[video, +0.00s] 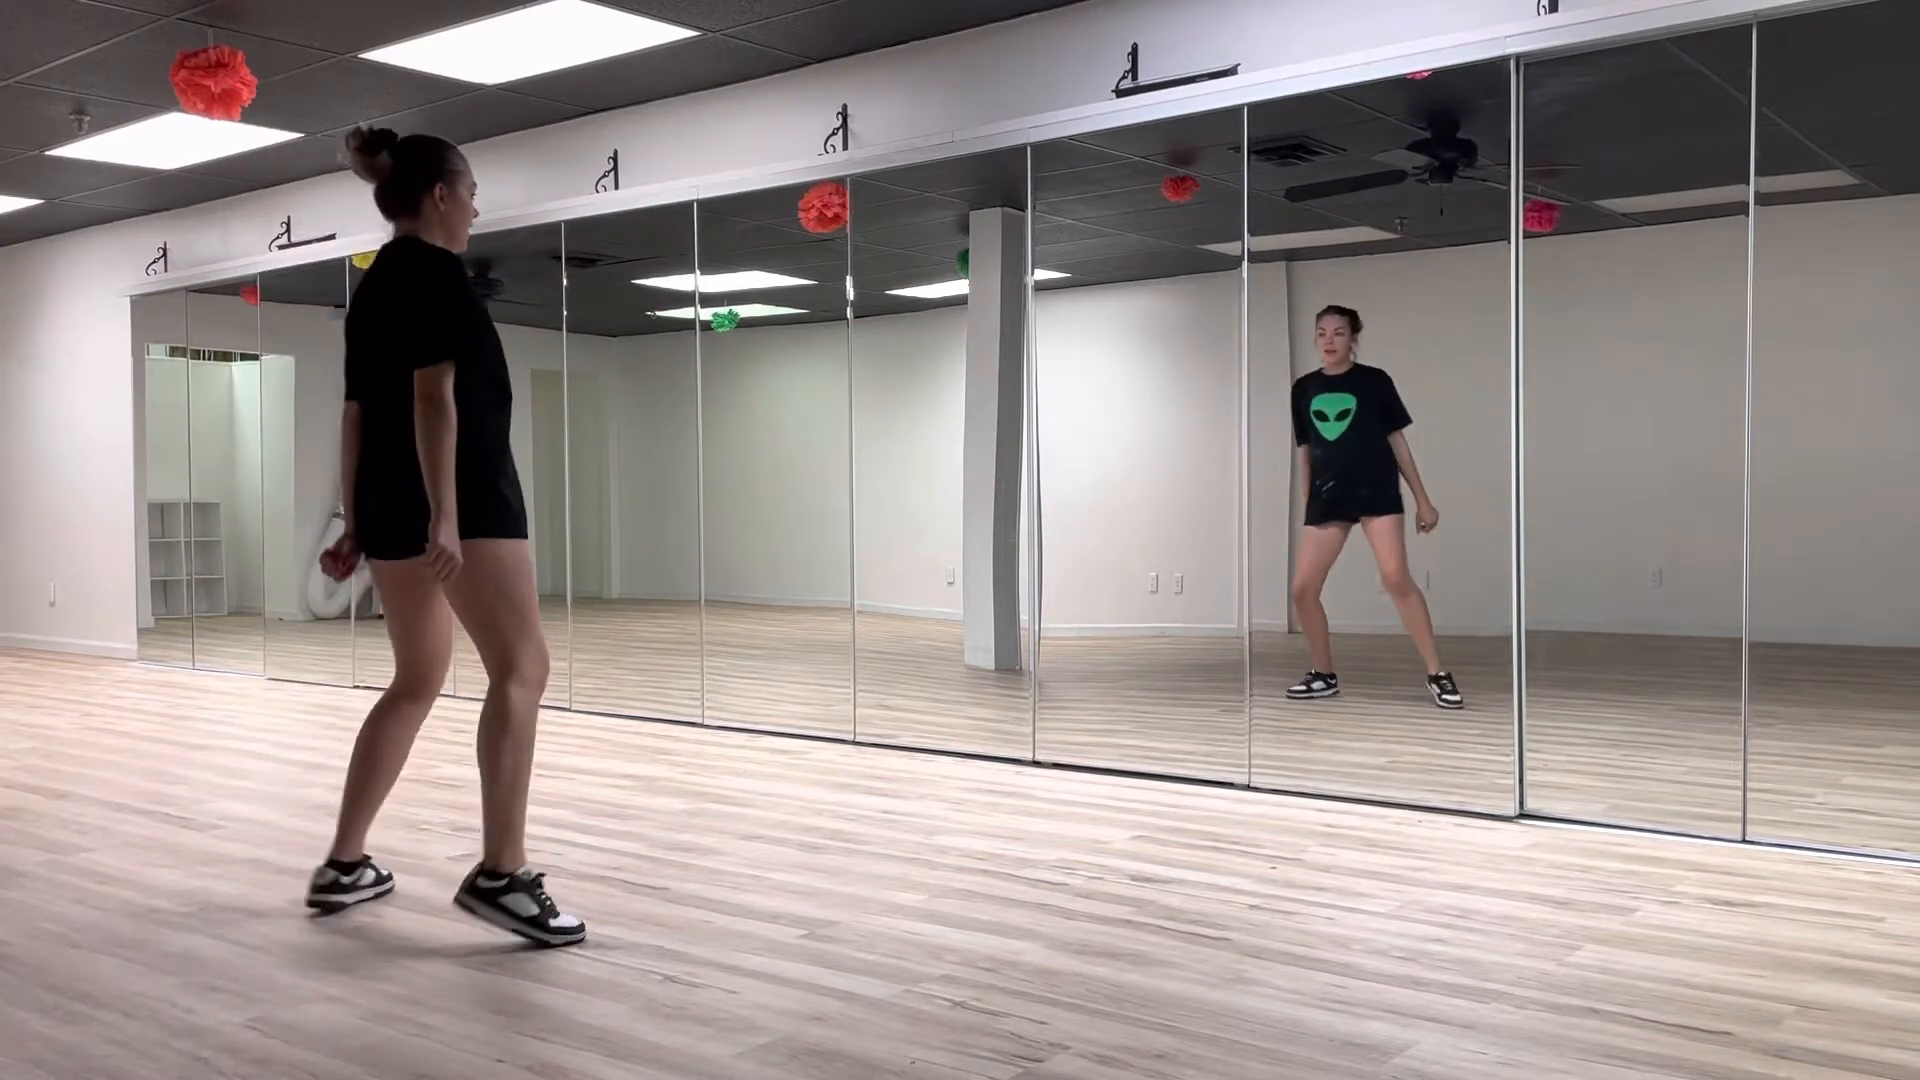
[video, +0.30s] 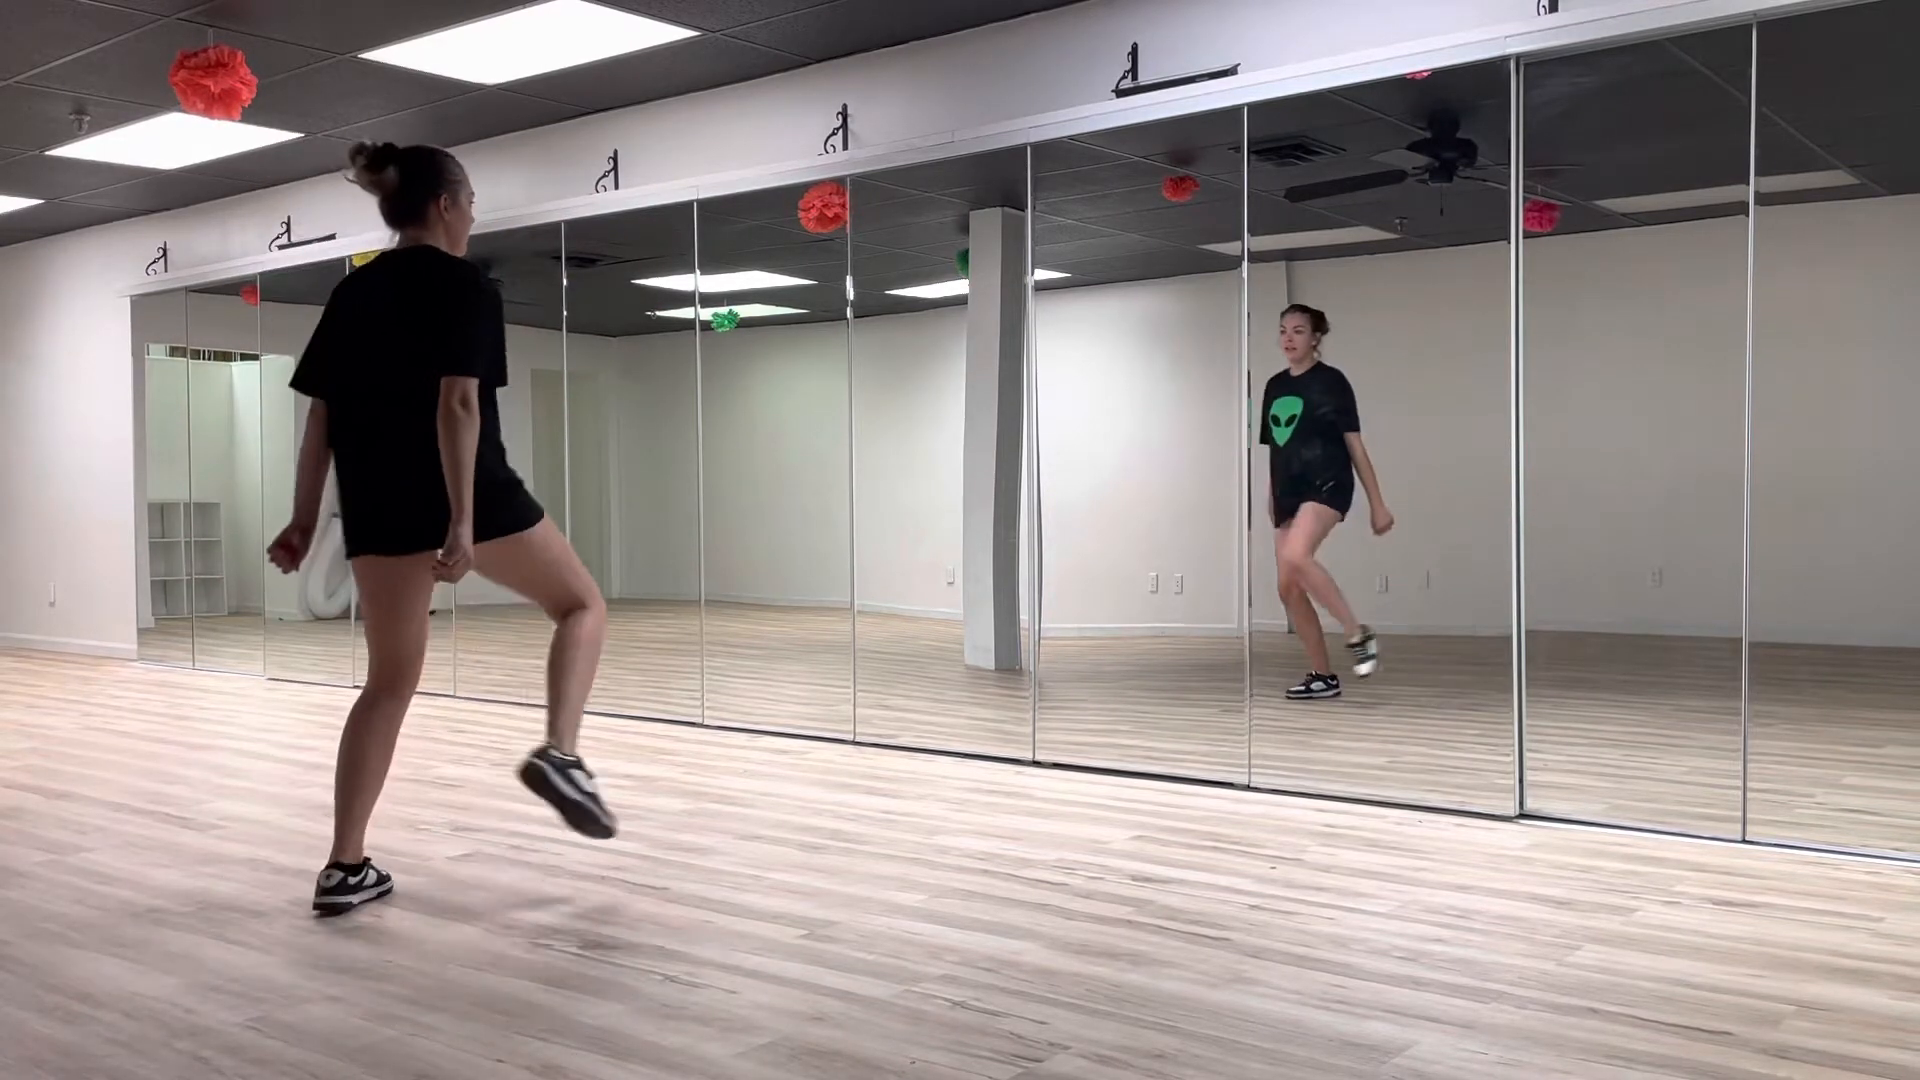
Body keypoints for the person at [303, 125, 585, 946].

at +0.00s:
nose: (475, 207)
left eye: (472, 193)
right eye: (469, 193)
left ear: (406, 201)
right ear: (442, 195)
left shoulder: (375, 285)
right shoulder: (439, 276)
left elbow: (356, 411)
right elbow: (436, 397)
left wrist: (350, 516)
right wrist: (444, 512)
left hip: (391, 507)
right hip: (470, 503)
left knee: (416, 681)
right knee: (522, 669)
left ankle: (344, 862)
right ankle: (503, 871)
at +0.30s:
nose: (471, 218)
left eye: (468, 205)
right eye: (469, 205)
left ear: (398, 211)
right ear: (449, 205)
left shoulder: (351, 291)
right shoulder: (465, 285)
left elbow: (321, 414)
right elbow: (458, 399)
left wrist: (304, 516)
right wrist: (462, 519)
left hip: (375, 504)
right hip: (470, 492)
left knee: (388, 680)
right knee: (581, 605)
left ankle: (345, 863)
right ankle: (561, 750)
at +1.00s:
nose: (447, 230)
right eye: (448, 221)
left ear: (378, 224)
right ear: (446, 225)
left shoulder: (356, 292)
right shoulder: (472, 298)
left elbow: (383, 403)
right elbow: (528, 402)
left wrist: (395, 512)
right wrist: (577, 480)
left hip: (403, 506)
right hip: (479, 497)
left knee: (388, 686)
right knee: (442, 617)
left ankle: (439, 853)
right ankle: (564, 703)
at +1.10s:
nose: (425, 226)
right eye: (429, 217)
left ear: (359, 224)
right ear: (427, 222)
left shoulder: (345, 288)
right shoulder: (450, 296)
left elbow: (362, 398)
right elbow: (501, 402)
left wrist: (356, 504)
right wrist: (539, 480)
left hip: (389, 493)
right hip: (452, 490)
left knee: (378, 682)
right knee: (397, 615)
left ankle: (438, 852)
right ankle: (499, 698)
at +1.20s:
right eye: (412, 211)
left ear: (344, 213)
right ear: (412, 217)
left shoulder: (329, 277)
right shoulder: (432, 290)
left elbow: (344, 388)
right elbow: (470, 396)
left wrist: (336, 491)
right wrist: (501, 480)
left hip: (378, 485)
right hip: (430, 482)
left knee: (378, 676)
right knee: (331, 602)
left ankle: (441, 848)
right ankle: (420, 740)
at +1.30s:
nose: (396, 230)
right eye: (399, 220)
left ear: (330, 222)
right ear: (396, 225)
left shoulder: (320, 289)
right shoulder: (412, 299)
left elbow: (342, 401)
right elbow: (441, 408)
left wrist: (339, 509)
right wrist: (469, 495)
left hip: (363, 505)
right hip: (402, 500)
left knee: (364, 680)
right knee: (331, 638)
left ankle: (445, 844)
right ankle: (331, 781)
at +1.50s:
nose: (292, 251)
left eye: (297, 238)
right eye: (295, 238)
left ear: (318, 246)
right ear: (356, 248)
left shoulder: (357, 327)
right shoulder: (330, 325)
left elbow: (369, 453)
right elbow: (327, 449)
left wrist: (366, 564)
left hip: (340, 541)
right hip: (304, 538)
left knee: (326, 687)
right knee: (282, 664)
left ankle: (437, 840)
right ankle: (334, 807)